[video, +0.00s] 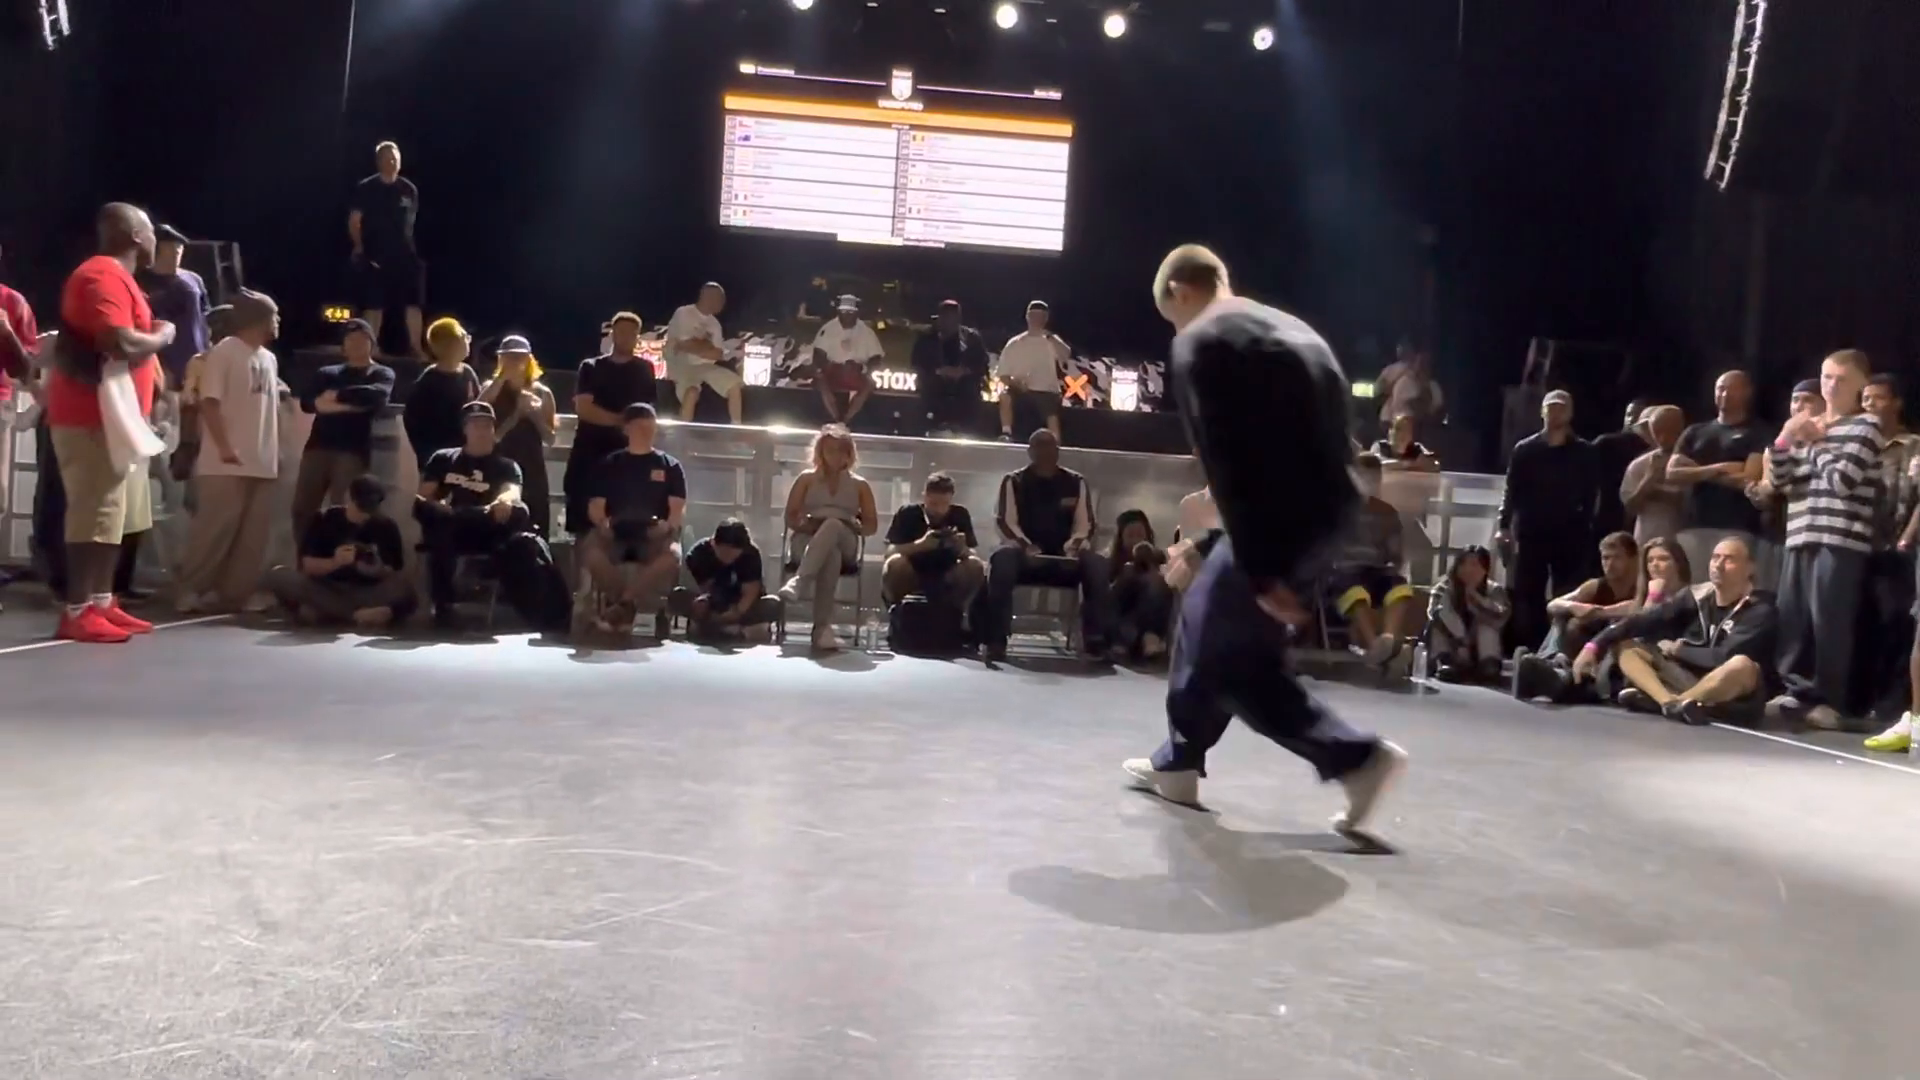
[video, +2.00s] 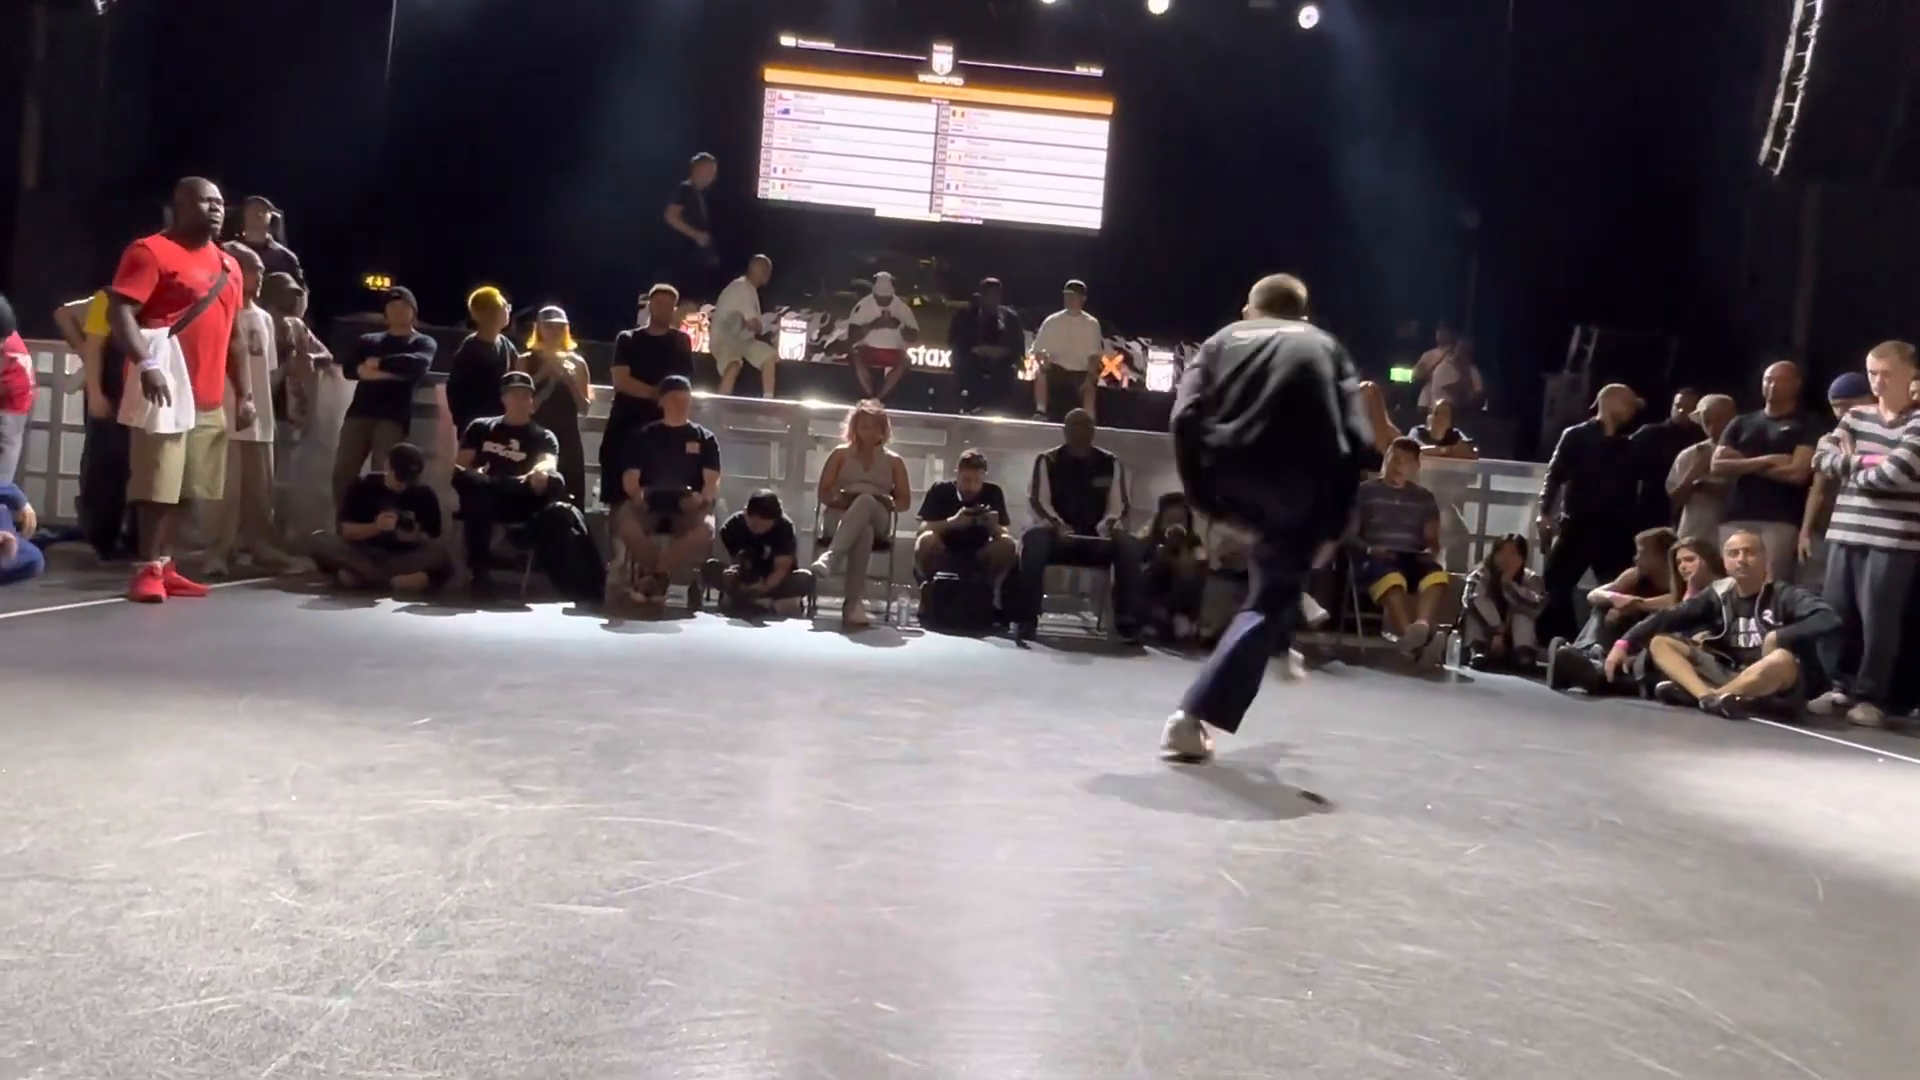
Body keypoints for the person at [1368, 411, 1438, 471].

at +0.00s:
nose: (1392, 432)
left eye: (1398, 429)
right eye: (1392, 428)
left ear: (1409, 433)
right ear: (1389, 430)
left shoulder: (1419, 449)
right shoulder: (1379, 447)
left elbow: (1432, 465)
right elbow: (1373, 465)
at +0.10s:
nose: (1407, 431)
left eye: (1411, 427)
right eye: (1403, 427)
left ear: (1416, 430)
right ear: (1397, 429)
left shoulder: (1422, 447)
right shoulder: (1384, 445)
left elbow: (1436, 463)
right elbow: (1382, 462)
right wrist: (1415, 463)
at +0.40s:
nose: (1415, 429)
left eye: (1419, 425)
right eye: (1411, 425)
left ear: (1425, 428)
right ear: (1405, 427)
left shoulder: (1430, 445)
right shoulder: (1392, 443)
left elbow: (1446, 460)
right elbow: (1388, 460)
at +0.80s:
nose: (1423, 428)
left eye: (1427, 424)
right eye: (1419, 424)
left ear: (1433, 427)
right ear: (1412, 426)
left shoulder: (1438, 444)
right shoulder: (1400, 442)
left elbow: (1454, 462)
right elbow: (1396, 459)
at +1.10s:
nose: (1427, 427)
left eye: (1431, 422)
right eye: (1423, 422)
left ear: (1437, 425)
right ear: (1417, 425)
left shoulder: (1442, 443)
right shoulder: (1404, 441)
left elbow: (1457, 460)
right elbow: (1402, 458)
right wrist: (1436, 459)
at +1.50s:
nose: (1433, 422)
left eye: (1438, 418)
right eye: (1429, 417)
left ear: (1444, 421)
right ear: (1423, 420)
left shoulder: (1449, 438)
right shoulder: (1411, 436)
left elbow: (1464, 456)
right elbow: (1408, 454)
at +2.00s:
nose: (1440, 418)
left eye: (1445, 414)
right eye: (1436, 413)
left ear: (1451, 418)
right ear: (1430, 415)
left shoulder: (1456, 434)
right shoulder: (1417, 432)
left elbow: (1471, 452)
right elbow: (1415, 450)